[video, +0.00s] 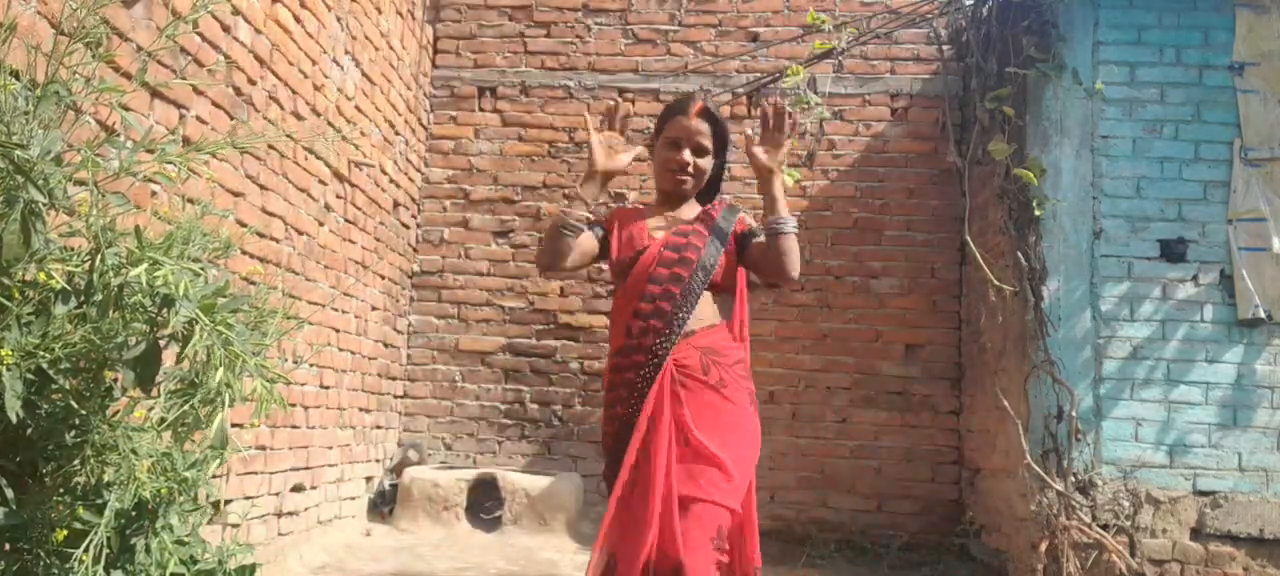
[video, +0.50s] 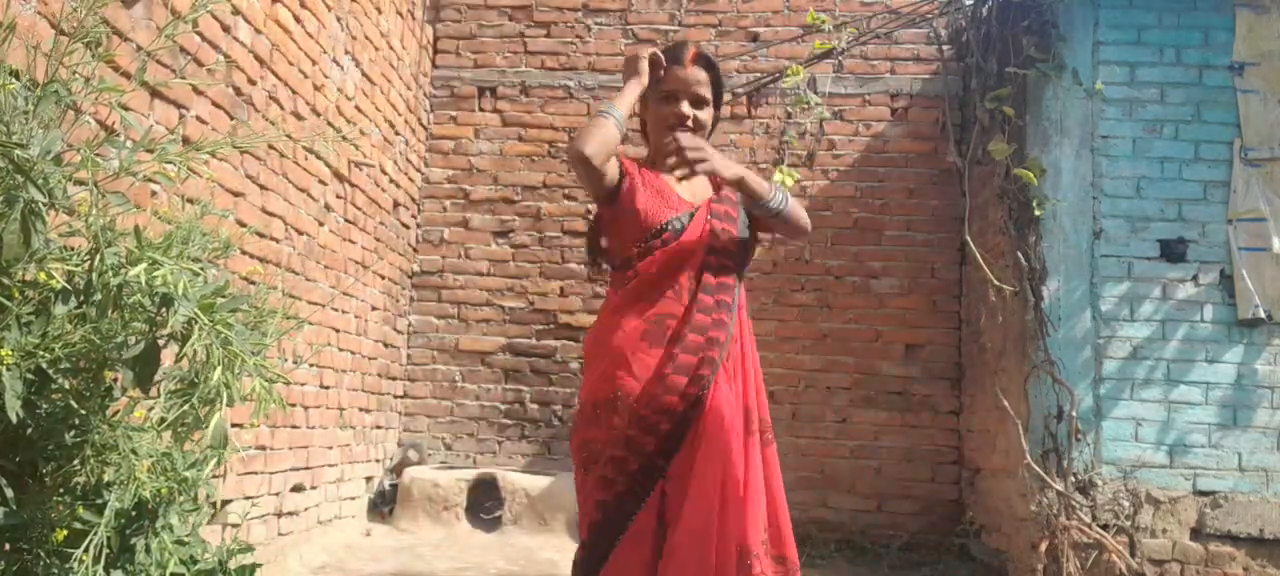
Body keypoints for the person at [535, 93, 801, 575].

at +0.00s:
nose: (684, 159)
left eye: (700, 151)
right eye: (673, 144)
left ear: (717, 163)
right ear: (652, 149)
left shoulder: (725, 222)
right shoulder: (623, 224)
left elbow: (784, 272)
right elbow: (553, 261)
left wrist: (771, 178)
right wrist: (594, 181)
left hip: (713, 390)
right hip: (637, 393)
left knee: (692, 545)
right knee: (637, 541)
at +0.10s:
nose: (685, 149)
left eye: (700, 141)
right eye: (673, 135)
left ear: (718, 154)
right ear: (651, 142)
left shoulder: (730, 218)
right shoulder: (623, 217)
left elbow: (804, 231)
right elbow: (554, 218)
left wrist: (770, 149)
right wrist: (604, 145)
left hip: (723, 380)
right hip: (641, 384)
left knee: (726, 526)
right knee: (639, 523)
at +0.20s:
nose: (685, 127)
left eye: (701, 118)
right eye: (671, 114)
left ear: (719, 132)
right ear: (649, 125)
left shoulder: (737, 203)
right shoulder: (625, 198)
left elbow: (809, 198)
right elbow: (562, 178)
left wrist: (760, 118)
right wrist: (619, 116)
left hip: (727, 367)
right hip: (647, 370)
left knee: (733, 507)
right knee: (654, 504)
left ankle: (736, 572)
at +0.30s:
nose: (687, 106)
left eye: (703, 95)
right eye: (672, 92)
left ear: (722, 107)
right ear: (647, 102)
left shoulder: (738, 184)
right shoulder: (630, 175)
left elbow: (803, 179)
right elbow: (573, 143)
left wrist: (753, 89)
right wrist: (630, 81)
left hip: (726, 365)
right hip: (647, 361)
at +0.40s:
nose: (685, 104)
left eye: (700, 92)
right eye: (671, 90)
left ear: (717, 106)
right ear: (646, 99)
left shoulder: (732, 177)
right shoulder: (629, 170)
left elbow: (795, 190)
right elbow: (581, 133)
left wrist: (745, 94)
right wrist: (632, 71)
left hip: (724, 371)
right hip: (639, 368)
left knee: (734, 523)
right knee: (634, 529)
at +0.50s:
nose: (685, 113)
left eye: (699, 102)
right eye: (670, 98)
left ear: (716, 112)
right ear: (646, 108)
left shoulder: (730, 190)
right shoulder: (625, 177)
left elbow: (800, 227)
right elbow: (585, 153)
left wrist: (733, 171)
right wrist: (634, 86)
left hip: (721, 381)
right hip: (636, 382)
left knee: (728, 535)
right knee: (629, 539)